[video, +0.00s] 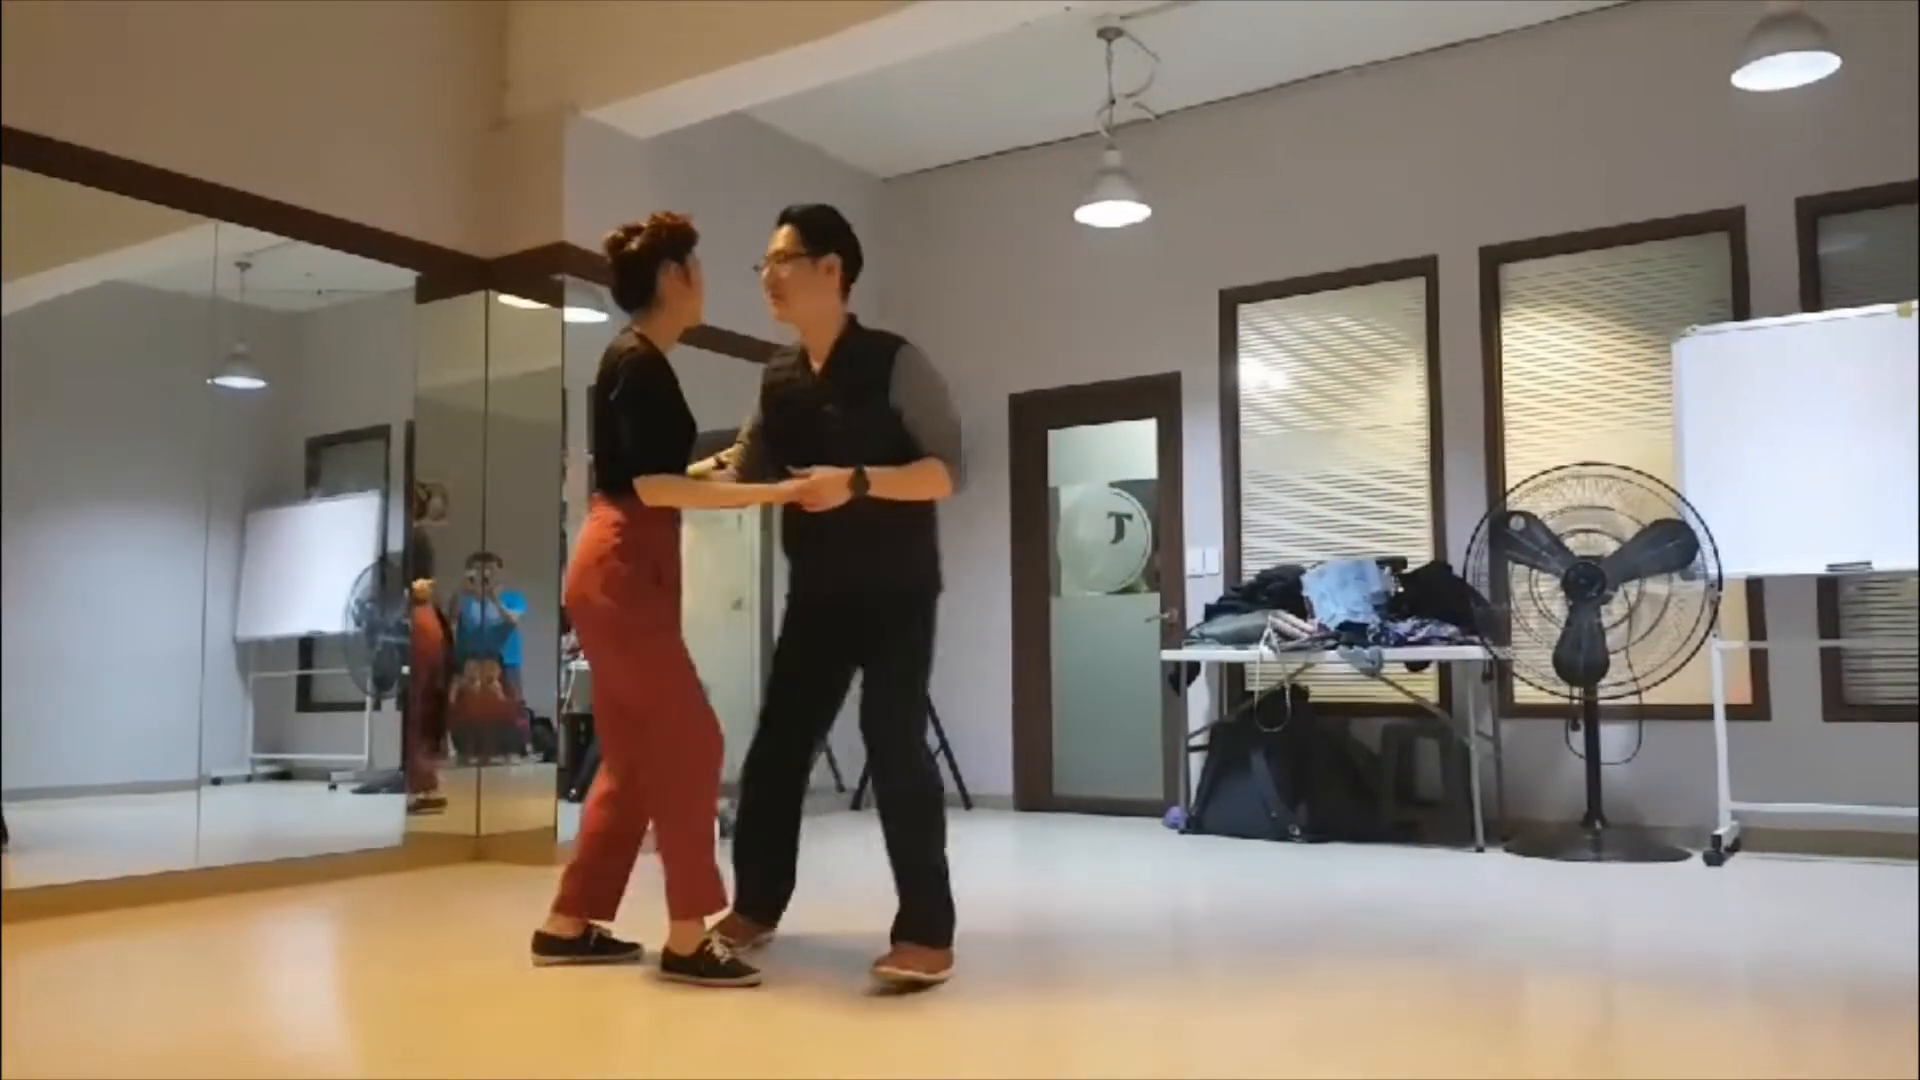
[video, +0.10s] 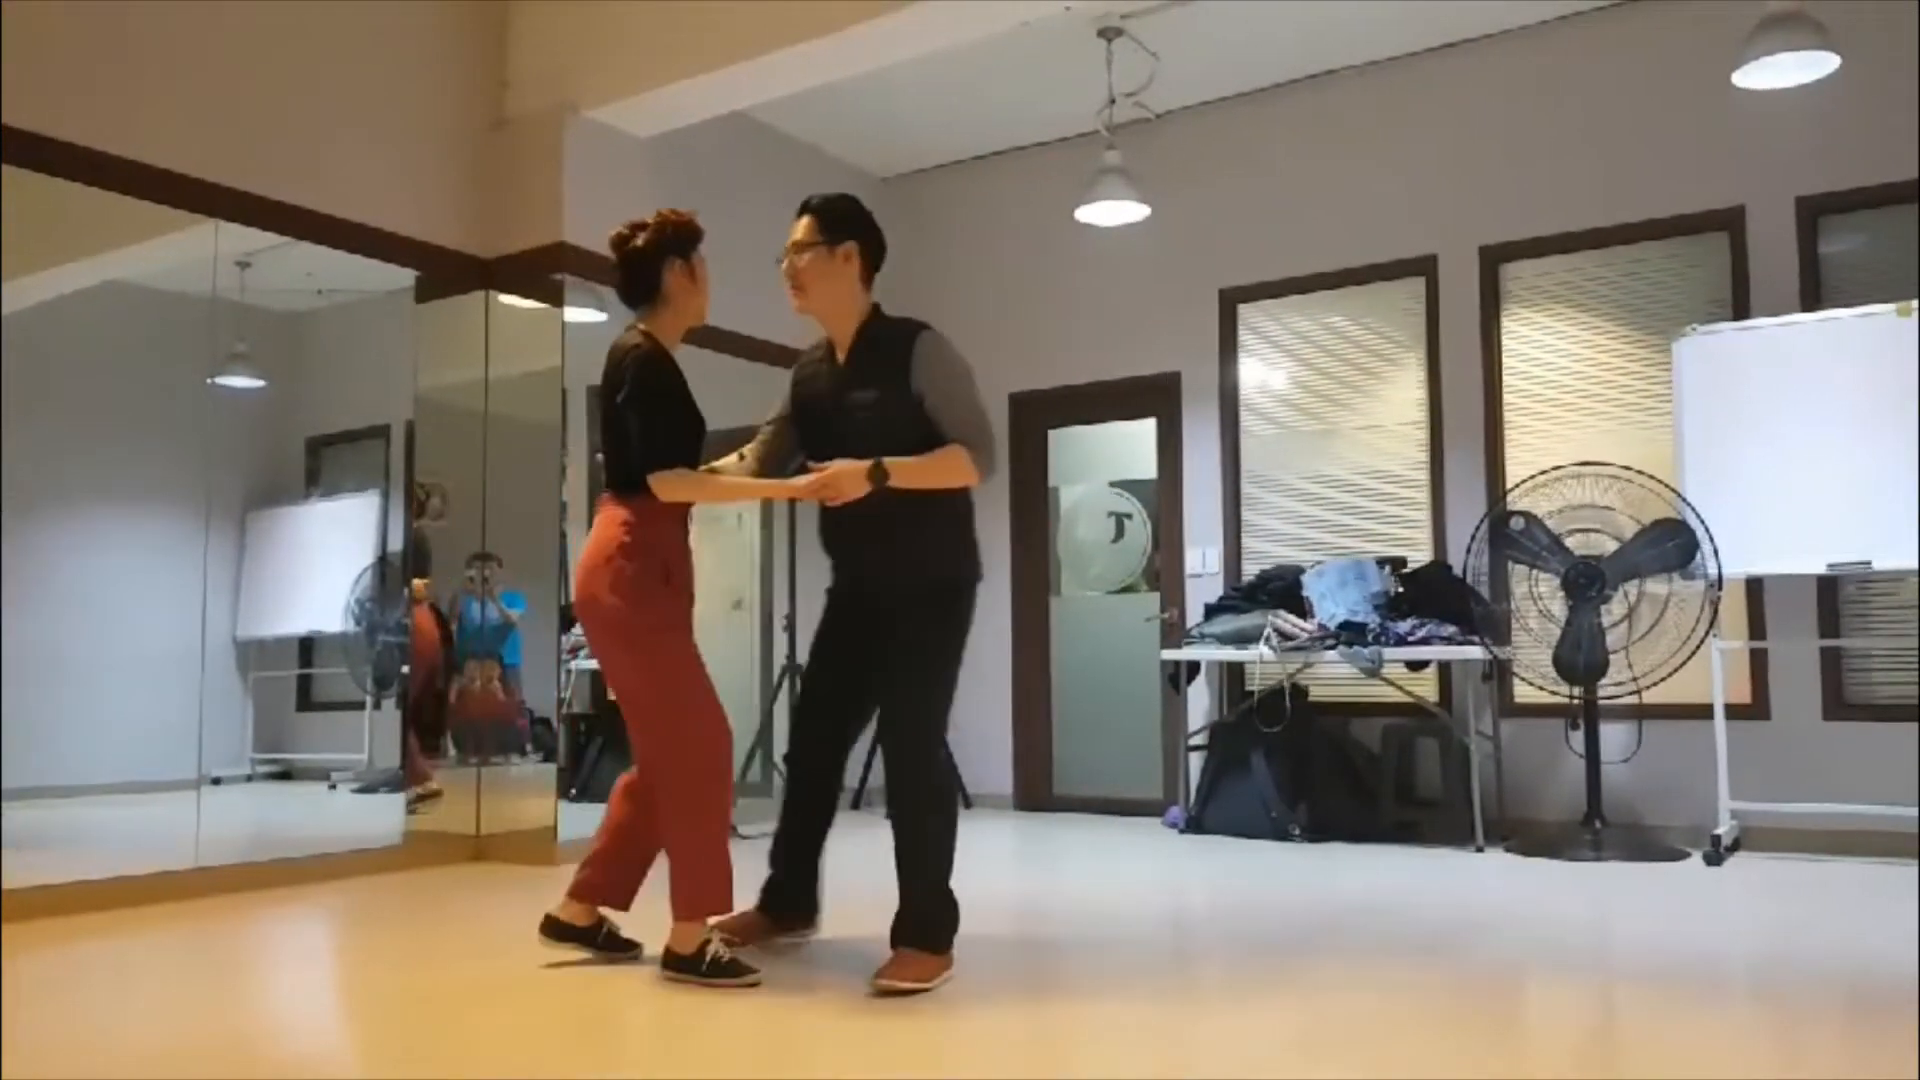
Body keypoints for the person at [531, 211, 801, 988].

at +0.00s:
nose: (702, 287)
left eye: (697, 273)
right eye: (695, 273)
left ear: (647, 284)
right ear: (671, 281)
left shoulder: (628, 360)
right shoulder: (639, 367)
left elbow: (647, 477)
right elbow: (653, 486)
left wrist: (726, 463)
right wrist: (769, 493)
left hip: (614, 571)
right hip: (624, 578)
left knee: (633, 747)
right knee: (692, 739)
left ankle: (569, 922)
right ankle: (688, 934)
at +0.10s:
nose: (709, 283)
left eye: (703, 270)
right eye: (701, 270)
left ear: (654, 281)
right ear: (676, 277)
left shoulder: (635, 358)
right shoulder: (644, 364)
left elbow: (657, 477)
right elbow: (667, 482)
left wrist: (739, 467)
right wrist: (783, 489)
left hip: (628, 571)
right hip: (633, 576)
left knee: (671, 748)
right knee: (700, 740)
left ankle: (580, 910)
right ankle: (692, 934)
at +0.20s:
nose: (715, 278)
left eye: (710, 264)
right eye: (708, 264)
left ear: (663, 273)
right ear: (682, 271)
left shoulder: (644, 351)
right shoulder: (647, 356)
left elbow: (676, 466)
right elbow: (680, 469)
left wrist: (762, 465)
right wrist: (793, 474)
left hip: (641, 563)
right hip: (638, 568)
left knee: (679, 743)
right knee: (697, 742)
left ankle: (594, 904)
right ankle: (689, 936)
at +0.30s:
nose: (724, 276)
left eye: (721, 261)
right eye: (717, 260)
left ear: (679, 266)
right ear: (687, 264)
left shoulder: (663, 347)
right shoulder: (652, 347)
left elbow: (698, 446)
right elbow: (700, 455)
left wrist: (780, 450)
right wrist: (805, 456)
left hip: (659, 553)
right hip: (641, 556)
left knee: (675, 733)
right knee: (694, 732)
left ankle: (598, 909)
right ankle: (689, 928)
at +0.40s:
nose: (731, 279)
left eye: (728, 264)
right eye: (723, 264)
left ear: (689, 268)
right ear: (691, 267)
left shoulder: (684, 353)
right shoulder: (652, 348)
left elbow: (706, 462)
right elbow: (710, 449)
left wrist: (760, 457)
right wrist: (814, 454)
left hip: (670, 559)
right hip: (641, 560)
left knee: (669, 727)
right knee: (716, 727)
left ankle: (593, 912)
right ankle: (697, 923)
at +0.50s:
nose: (745, 282)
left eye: (741, 267)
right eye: (735, 267)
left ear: (702, 276)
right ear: (698, 275)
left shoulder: (709, 368)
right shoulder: (662, 360)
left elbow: (737, 472)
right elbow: (728, 455)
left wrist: (767, 472)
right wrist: (849, 468)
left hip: (697, 565)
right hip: (655, 567)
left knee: (674, 746)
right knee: (739, 727)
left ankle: (592, 916)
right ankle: (757, 923)